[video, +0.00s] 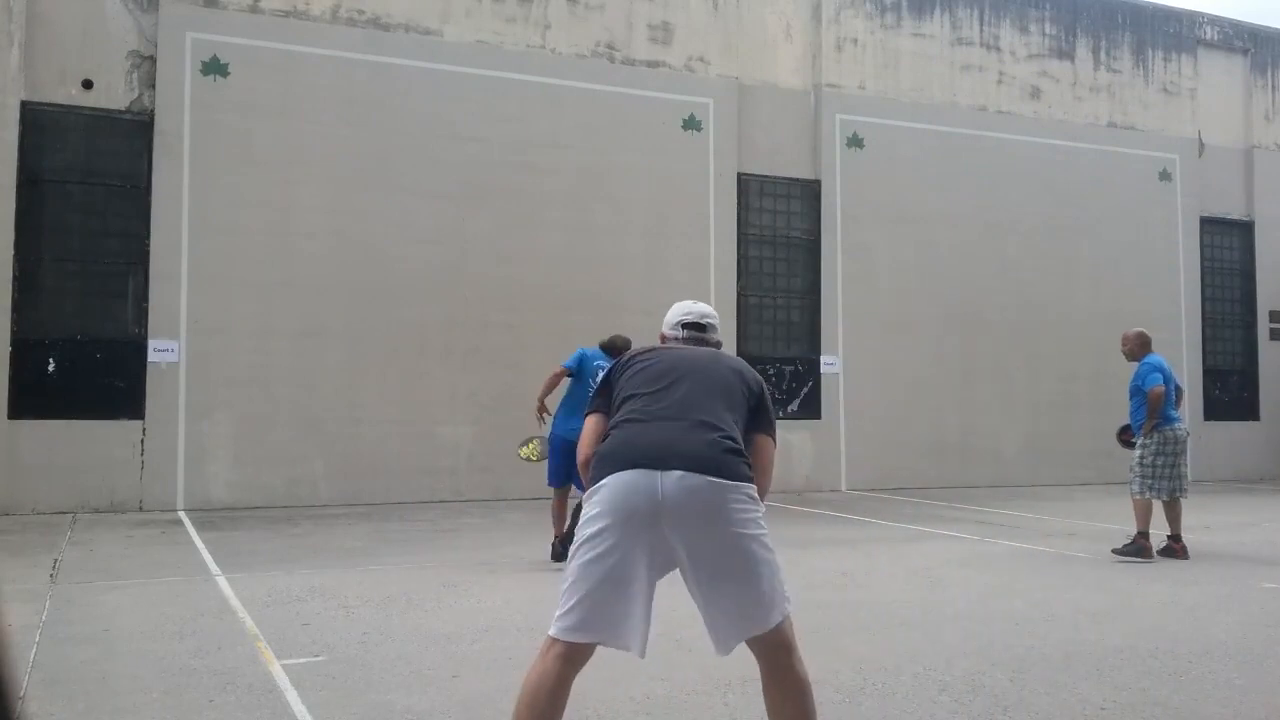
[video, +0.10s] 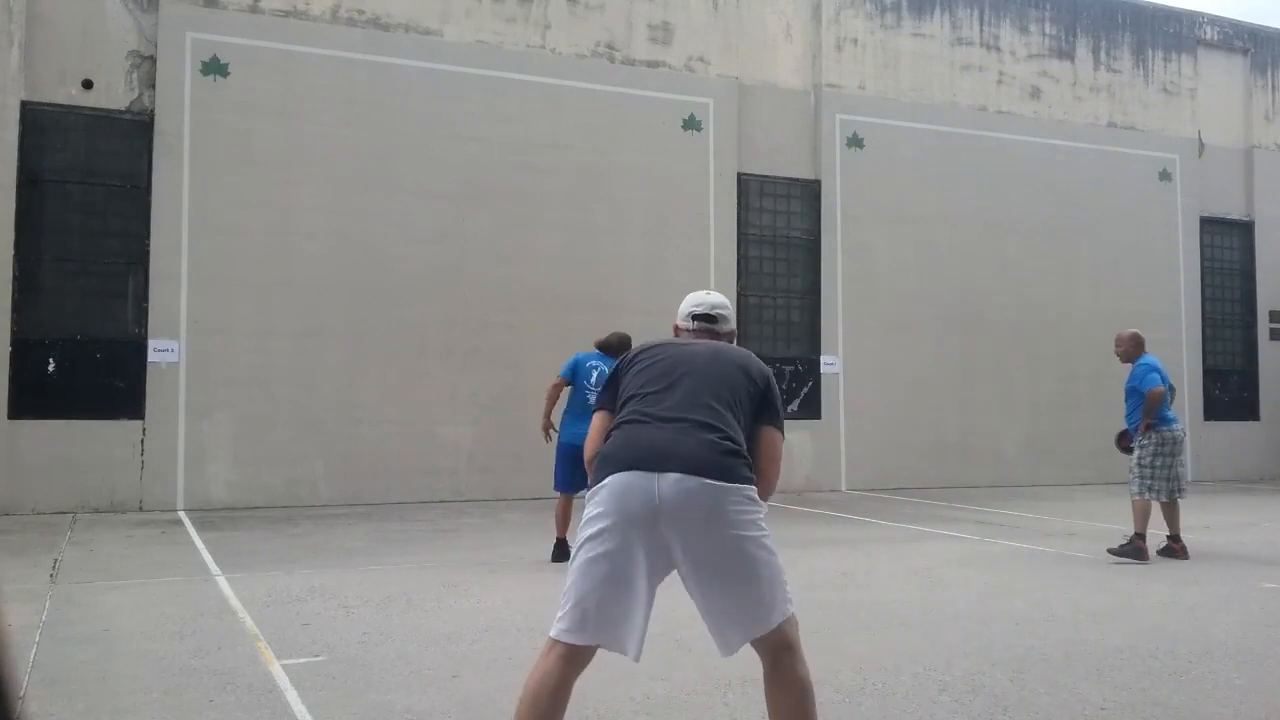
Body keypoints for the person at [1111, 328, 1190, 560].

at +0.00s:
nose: (1122, 349)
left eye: (1126, 344)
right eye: (1122, 345)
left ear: (1139, 345)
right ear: (1143, 346)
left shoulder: (1148, 365)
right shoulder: (1160, 363)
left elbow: (1156, 391)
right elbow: (1178, 392)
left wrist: (1147, 425)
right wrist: (1167, 418)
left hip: (1157, 433)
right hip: (1174, 431)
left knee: (1140, 486)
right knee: (1169, 488)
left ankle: (1141, 541)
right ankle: (1176, 542)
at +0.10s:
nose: (1116, 351)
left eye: (1119, 346)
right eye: (1116, 347)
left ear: (1134, 347)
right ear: (1136, 347)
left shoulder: (1142, 367)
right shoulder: (1152, 364)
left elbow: (1156, 391)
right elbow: (1169, 390)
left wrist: (1146, 420)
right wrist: (1157, 416)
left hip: (1154, 434)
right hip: (1170, 432)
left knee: (1139, 488)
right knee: (1167, 489)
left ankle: (1138, 543)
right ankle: (1175, 543)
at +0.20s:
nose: (1110, 354)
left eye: (1114, 349)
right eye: (1109, 350)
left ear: (1129, 348)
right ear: (1129, 349)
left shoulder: (1138, 370)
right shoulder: (1138, 368)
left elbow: (1156, 395)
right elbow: (1146, 403)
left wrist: (1137, 420)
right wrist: (1129, 435)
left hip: (1152, 438)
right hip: (1163, 435)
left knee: (1138, 491)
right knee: (1165, 490)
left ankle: (1135, 547)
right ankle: (1175, 543)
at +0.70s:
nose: (1111, 350)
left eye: (1116, 346)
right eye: (1107, 346)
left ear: (1129, 348)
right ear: (1104, 349)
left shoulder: (1134, 369)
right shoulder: (1112, 376)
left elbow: (1138, 401)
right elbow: (1111, 413)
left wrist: (1107, 415)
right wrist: (1100, 440)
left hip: (1138, 439)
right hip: (1133, 440)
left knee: (1109, 490)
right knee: (1138, 491)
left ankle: (1132, 542)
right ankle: (1155, 544)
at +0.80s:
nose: (1095, 356)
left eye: (1099, 352)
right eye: (1095, 351)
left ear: (1114, 355)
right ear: (1112, 356)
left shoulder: (1119, 375)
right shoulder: (1115, 377)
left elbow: (1122, 410)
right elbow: (1115, 422)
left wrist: (1099, 433)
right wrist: (1098, 448)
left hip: (1134, 443)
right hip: (1148, 442)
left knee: (1098, 493)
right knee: (1132, 494)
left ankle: (1124, 544)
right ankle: (1154, 545)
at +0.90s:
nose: (1084, 364)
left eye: (1088, 360)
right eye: (1085, 359)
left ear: (1099, 363)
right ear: (1106, 364)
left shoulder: (1104, 386)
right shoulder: (1117, 381)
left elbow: (1100, 429)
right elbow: (1110, 425)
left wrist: (1086, 452)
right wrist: (1092, 449)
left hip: (1129, 450)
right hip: (1147, 447)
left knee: (1089, 495)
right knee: (1133, 496)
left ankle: (1102, 548)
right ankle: (1154, 546)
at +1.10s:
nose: (1058, 352)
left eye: (1061, 348)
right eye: (1058, 348)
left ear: (1074, 350)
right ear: (1079, 350)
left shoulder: (1077, 374)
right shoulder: (1095, 367)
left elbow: (1075, 416)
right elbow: (1093, 409)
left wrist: (1056, 432)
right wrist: (1072, 431)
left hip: (1105, 443)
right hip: (1127, 436)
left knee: (1079, 495)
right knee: (1124, 490)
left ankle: (1095, 551)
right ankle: (1139, 545)